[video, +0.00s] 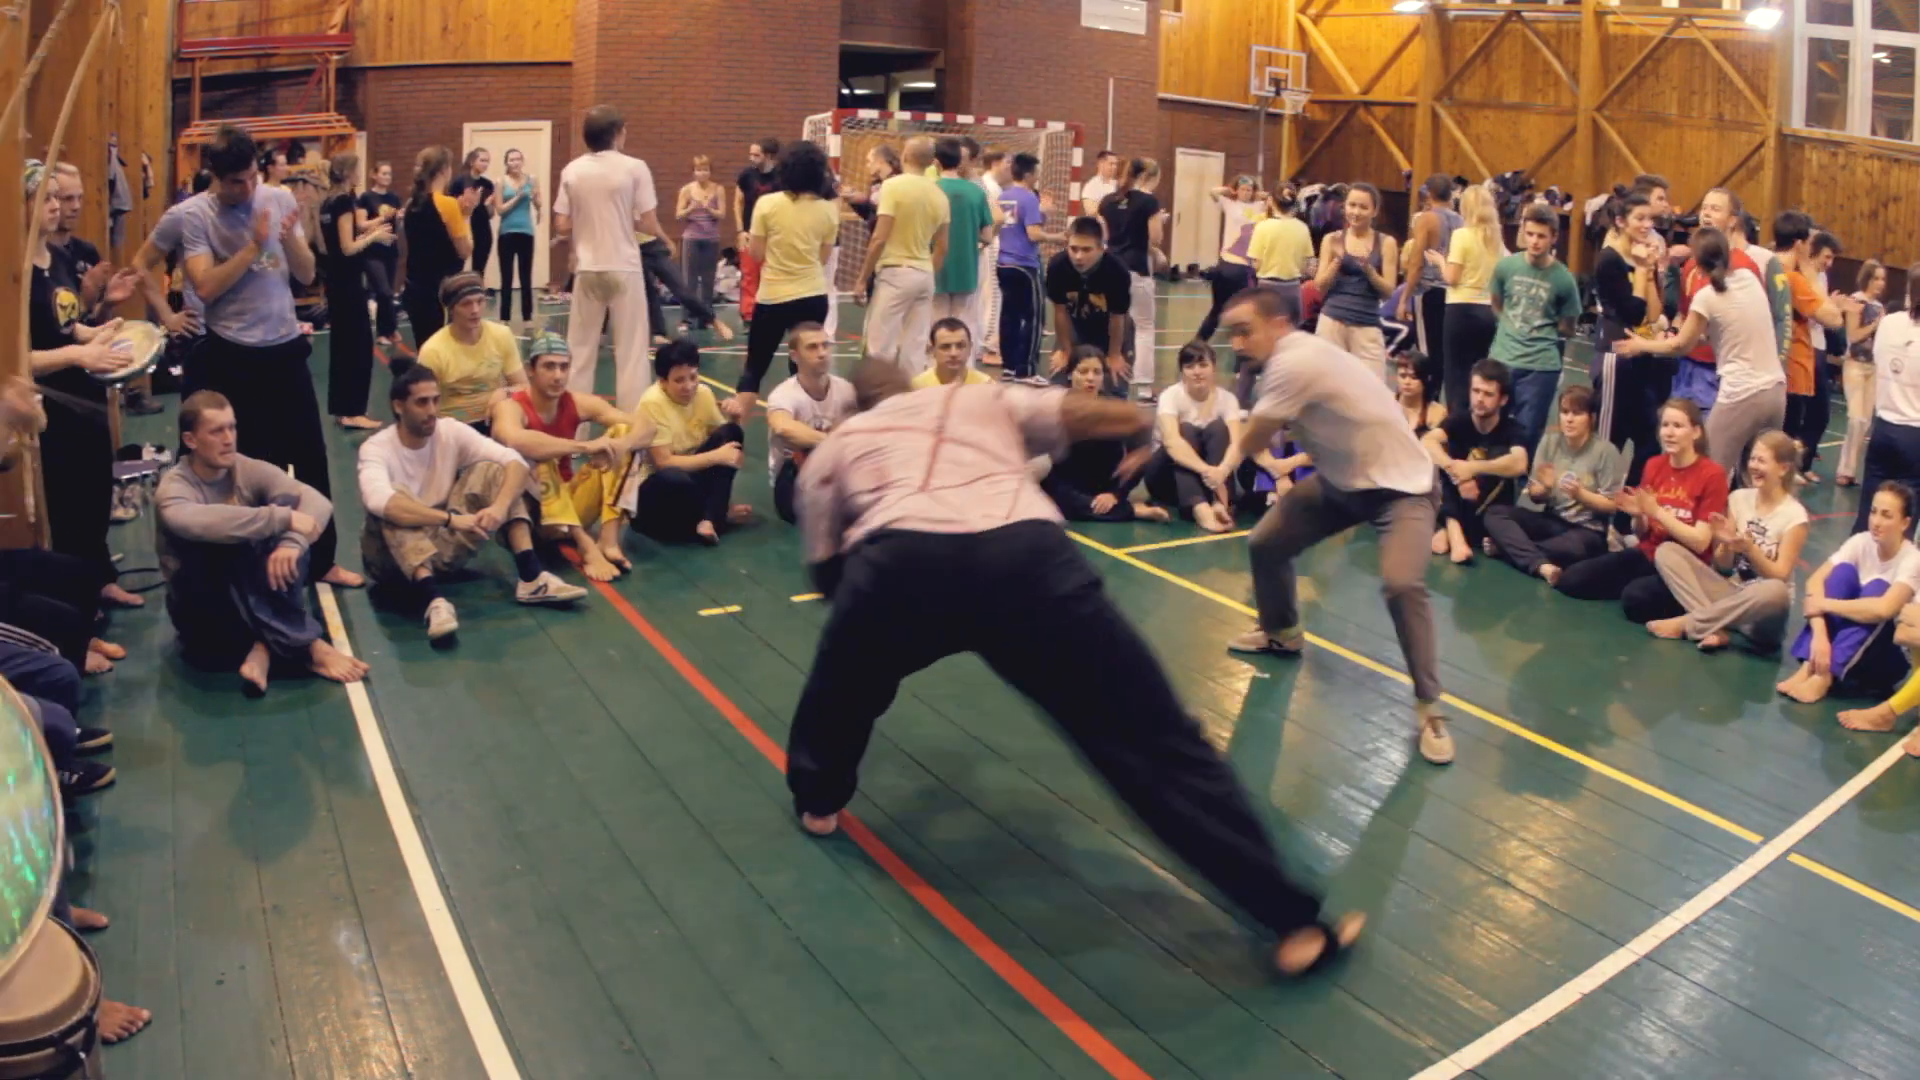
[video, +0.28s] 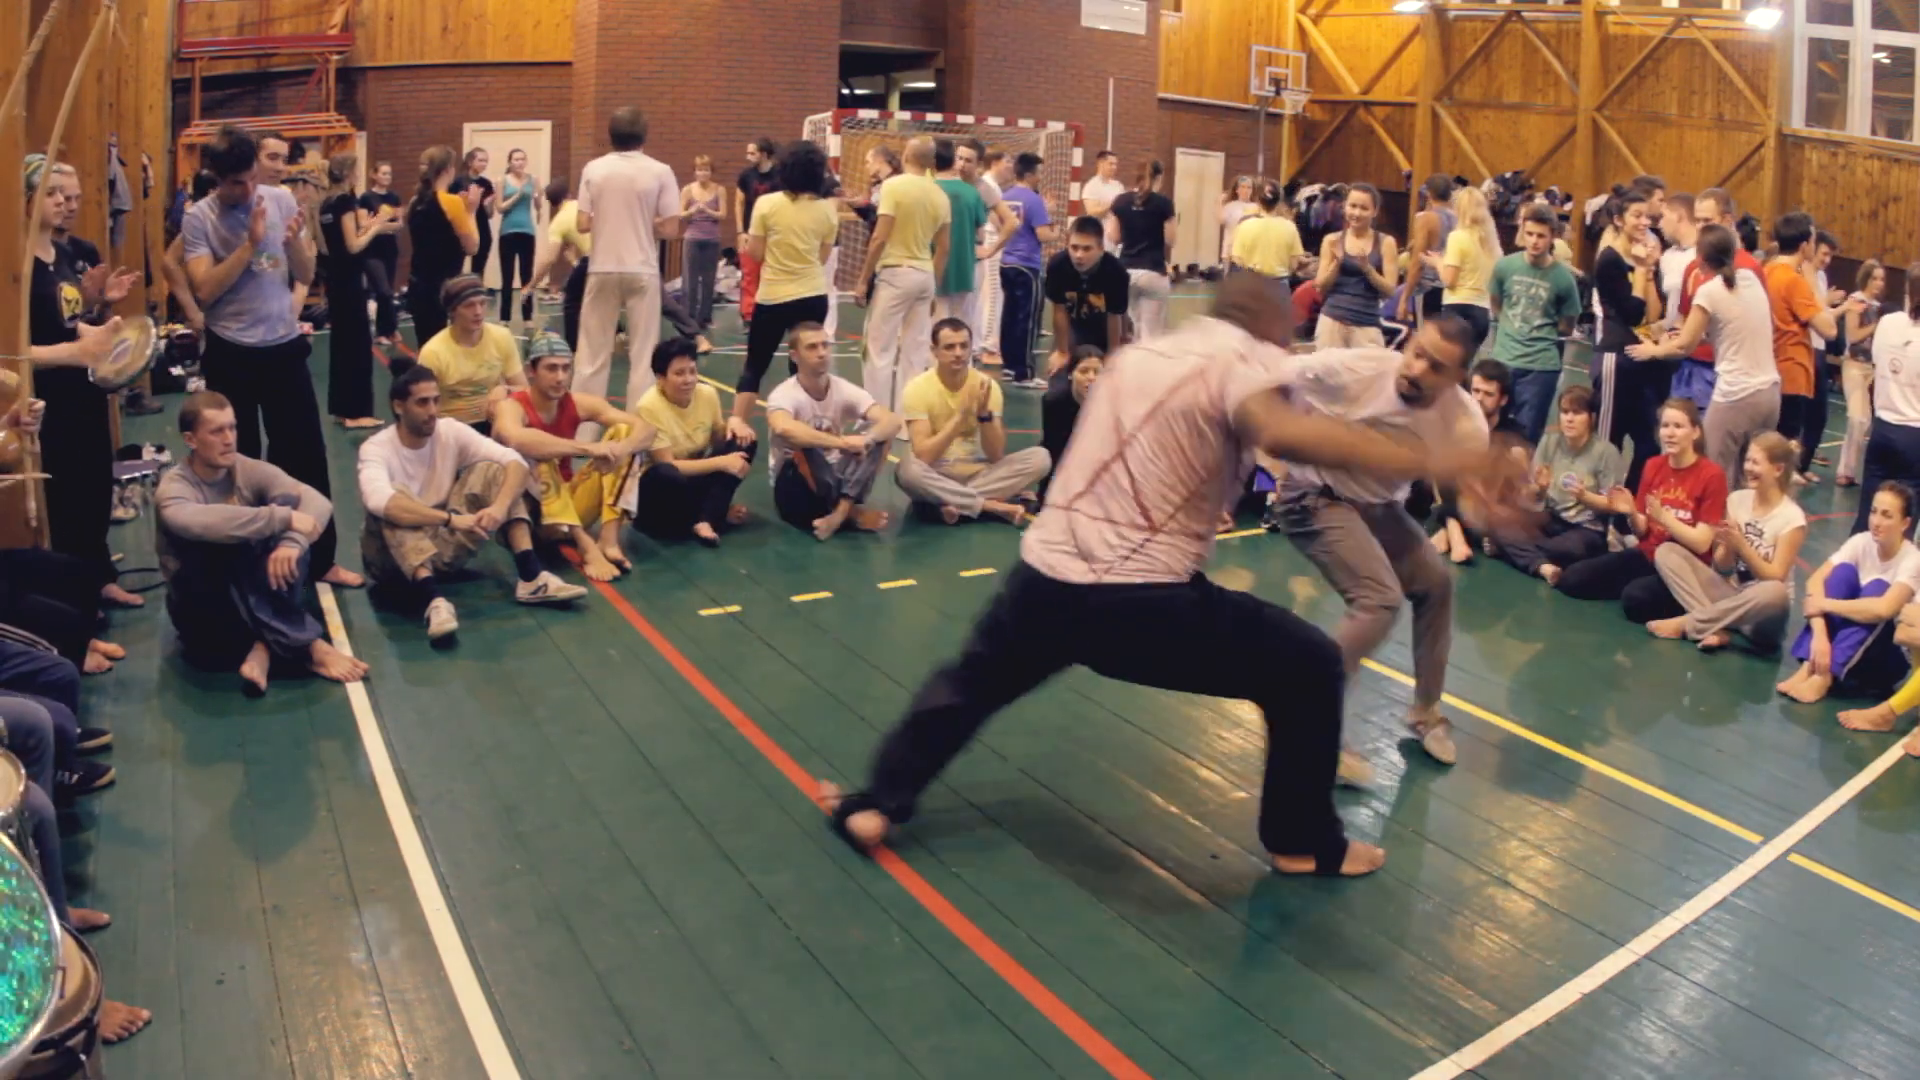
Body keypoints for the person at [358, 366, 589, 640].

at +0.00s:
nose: (432, 410)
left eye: (435, 401)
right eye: (422, 403)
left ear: (440, 400)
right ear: (398, 407)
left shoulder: (450, 431)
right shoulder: (376, 449)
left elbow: (516, 463)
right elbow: (380, 502)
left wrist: (500, 508)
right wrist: (450, 519)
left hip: (448, 547)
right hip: (398, 553)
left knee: (492, 470)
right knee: (395, 499)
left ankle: (532, 577)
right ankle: (434, 602)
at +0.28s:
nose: (432, 411)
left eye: (436, 401)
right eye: (422, 403)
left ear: (440, 400)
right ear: (398, 406)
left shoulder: (450, 430)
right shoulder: (376, 449)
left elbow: (516, 463)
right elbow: (380, 502)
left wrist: (500, 508)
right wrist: (449, 519)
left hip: (448, 547)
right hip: (397, 552)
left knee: (492, 470)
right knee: (395, 498)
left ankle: (532, 576)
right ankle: (434, 602)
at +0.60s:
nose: (432, 411)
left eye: (435, 401)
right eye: (422, 403)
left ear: (440, 401)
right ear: (397, 407)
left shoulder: (450, 430)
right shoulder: (375, 449)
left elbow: (516, 463)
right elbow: (380, 502)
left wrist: (500, 508)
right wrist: (449, 519)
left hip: (449, 546)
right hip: (399, 552)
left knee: (493, 470)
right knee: (395, 499)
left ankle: (532, 577)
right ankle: (434, 601)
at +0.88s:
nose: (432, 410)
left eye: (436, 401)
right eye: (423, 402)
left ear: (440, 400)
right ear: (398, 406)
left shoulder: (450, 430)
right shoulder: (375, 449)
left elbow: (516, 463)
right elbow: (380, 502)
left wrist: (500, 509)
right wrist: (450, 519)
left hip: (449, 546)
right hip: (398, 552)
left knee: (493, 469)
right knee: (395, 500)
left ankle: (531, 576)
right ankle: (434, 601)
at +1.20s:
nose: (434, 410)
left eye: (436, 401)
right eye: (424, 402)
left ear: (441, 400)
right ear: (398, 406)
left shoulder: (450, 430)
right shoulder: (375, 449)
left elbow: (516, 463)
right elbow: (380, 502)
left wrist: (500, 508)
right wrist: (449, 519)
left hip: (449, 546)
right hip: (398, 553)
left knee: (492, 470)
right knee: (395, 499)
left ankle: (532, 576)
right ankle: (435, 601)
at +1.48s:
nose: (434, 411)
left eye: (437, 402)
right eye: (424, 404)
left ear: (441, 400)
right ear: (399, 406)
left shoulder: (450, 430)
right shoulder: (375, 449)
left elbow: (517, 462)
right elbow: (381, 502)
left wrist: (500, 508)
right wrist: (449, 519)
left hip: (449, 544)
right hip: (399, 550)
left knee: (500, 467)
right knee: (395, 499)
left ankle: (532, 576)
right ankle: (435, 601)